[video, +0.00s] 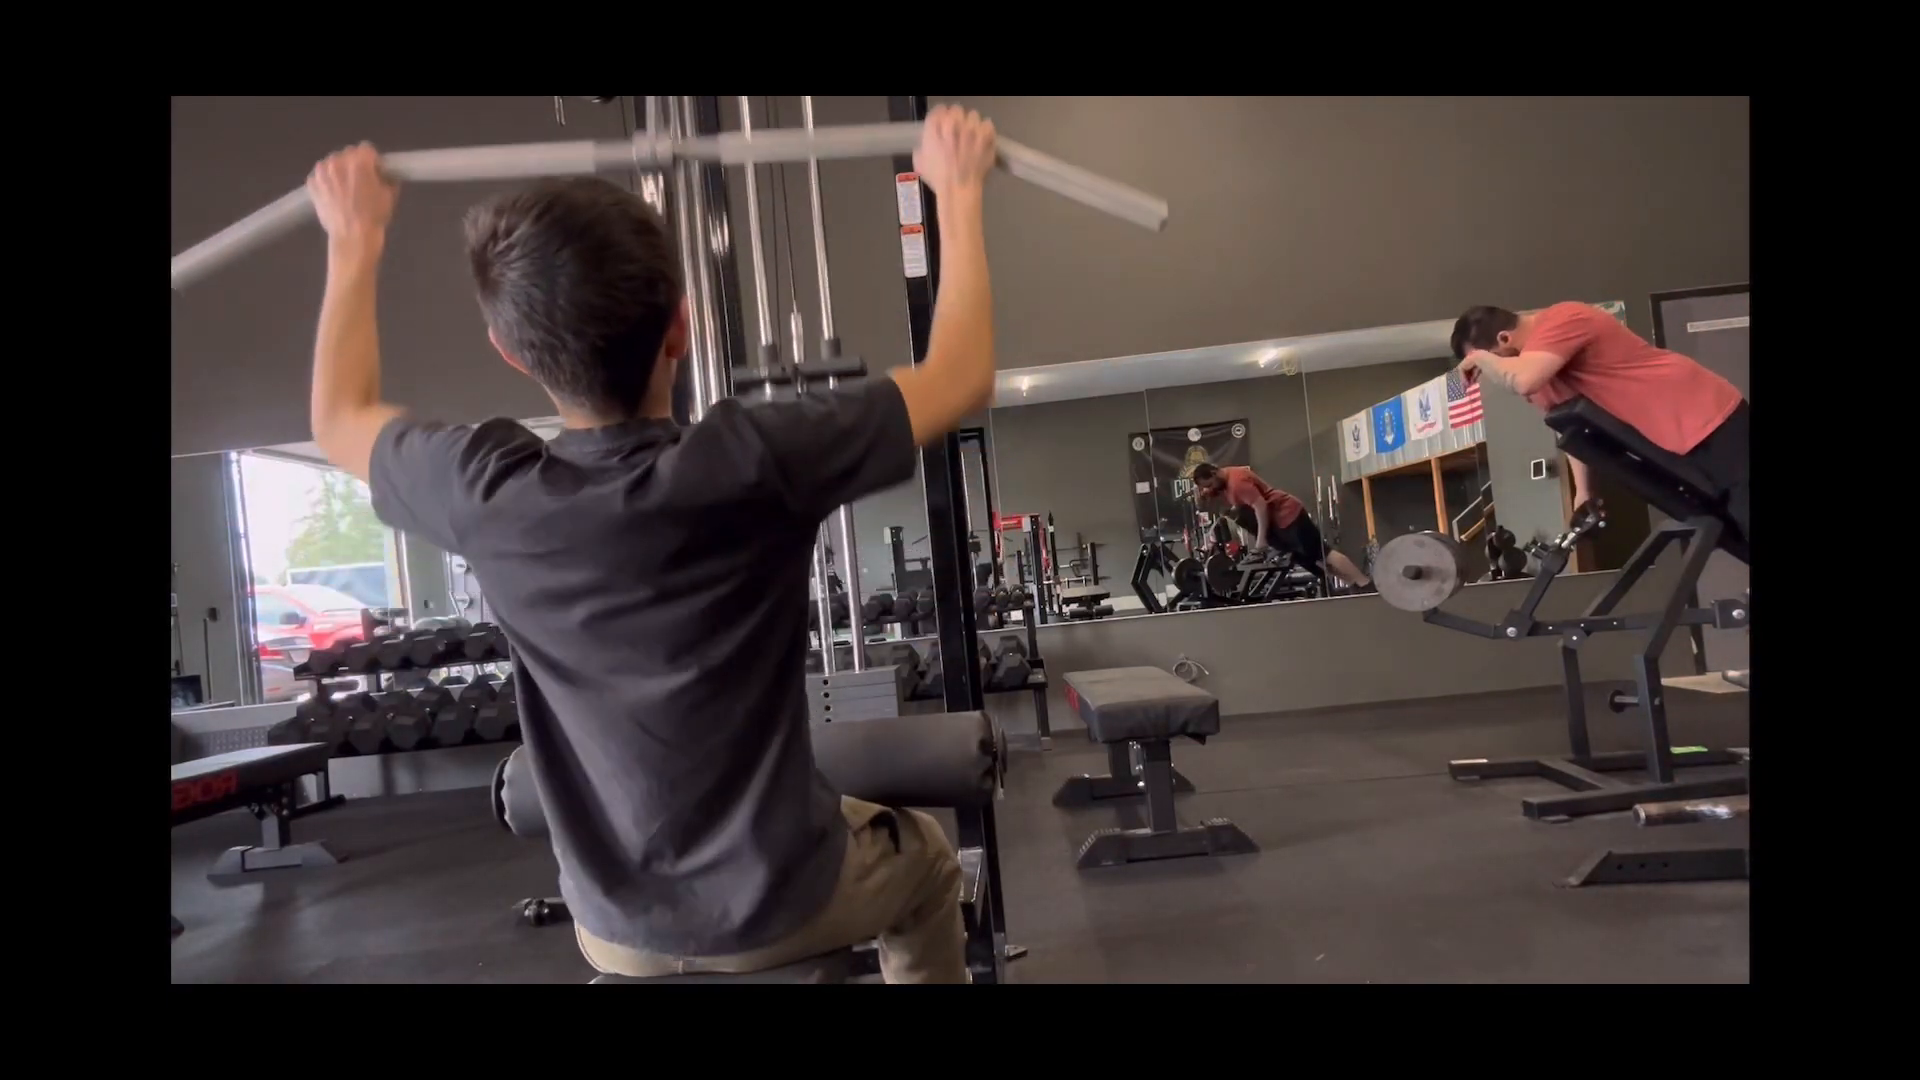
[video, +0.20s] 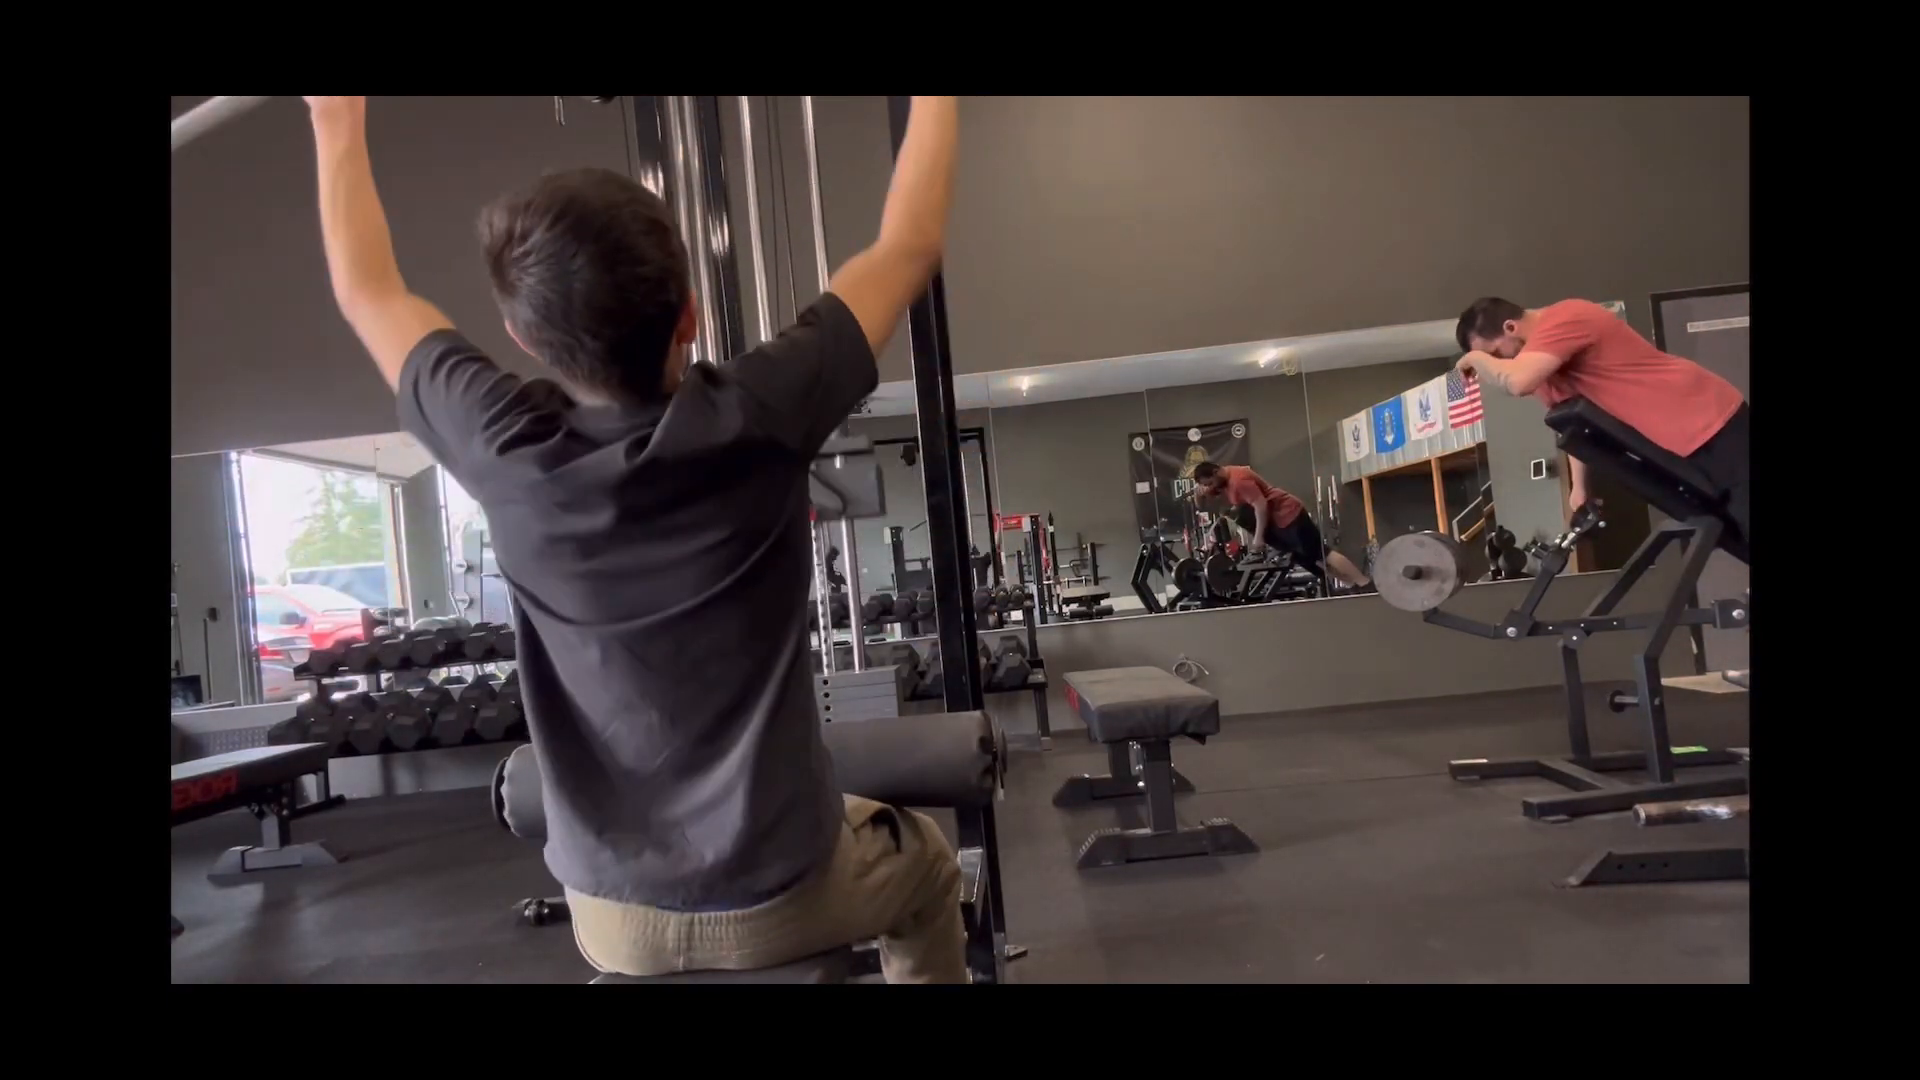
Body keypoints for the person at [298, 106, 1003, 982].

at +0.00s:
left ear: (511, 351)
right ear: (680, 327)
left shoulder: (491, 490)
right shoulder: (761, 458)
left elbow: (341, 418)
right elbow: (960, 380)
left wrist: (351, 240)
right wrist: (960, 193)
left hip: (612, 924)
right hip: (780, 902)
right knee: (923, 864)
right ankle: (925, 977)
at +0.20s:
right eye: (691, 282)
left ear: (525, 342)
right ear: (687, 323)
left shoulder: (510, 450)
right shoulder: (762, 413)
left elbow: (370, 291)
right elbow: (908, 247)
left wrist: (335, 121)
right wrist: (936, 93)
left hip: (608, 916)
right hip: (778, 904)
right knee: (922, 857)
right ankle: (931, 978)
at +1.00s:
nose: (673, 310)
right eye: (669, 297)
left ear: (506, 347)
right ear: (658, 328)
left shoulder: (472, 472)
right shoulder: (742, 448)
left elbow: (298, 358)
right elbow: (945, 333)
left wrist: (305, 159)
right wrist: (941, 134)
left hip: (612, 914)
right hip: (778, 902)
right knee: (918, 864)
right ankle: (926, 981)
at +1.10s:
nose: (665, 317)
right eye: (659, 300)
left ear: (492, 352)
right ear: (648, 332)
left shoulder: (455, 492)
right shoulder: (728, 470)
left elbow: (273, 443)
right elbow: (965, 419)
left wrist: (302, 246)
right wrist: (950, 216)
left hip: (604, 921)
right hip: (774, 908)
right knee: (918, 867)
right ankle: (922, 973)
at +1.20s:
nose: (667, 312)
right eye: (660, 297)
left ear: (490, 354)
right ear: (649, 330)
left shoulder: (454, 510)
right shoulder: (723, 480)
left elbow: (271, 555)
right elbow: (972, 513)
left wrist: (311, 364)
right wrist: (958, 317)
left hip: (601, 924)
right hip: (767, 912)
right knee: (918, 857)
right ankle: (927, 977)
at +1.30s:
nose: (674, 322)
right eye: (669, 308)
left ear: (501, 357)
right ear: (658, 336)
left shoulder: (464, 527)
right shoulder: (727, 492)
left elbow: (279, 663)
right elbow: (962, 596)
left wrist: (326, 468)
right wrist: (964, 403)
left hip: (603, 921)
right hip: (769, 909)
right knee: (920, 859)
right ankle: (926, 978)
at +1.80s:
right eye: (696, 298)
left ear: (531, 344)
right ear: (689, 323)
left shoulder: (493, 508)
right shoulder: (757, 470)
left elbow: (317, 546)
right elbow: (983, 494)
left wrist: (357, 368)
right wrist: (968, 319)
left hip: (610, 918)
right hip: (775, 904)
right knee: (920, 854)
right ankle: (922, 975)